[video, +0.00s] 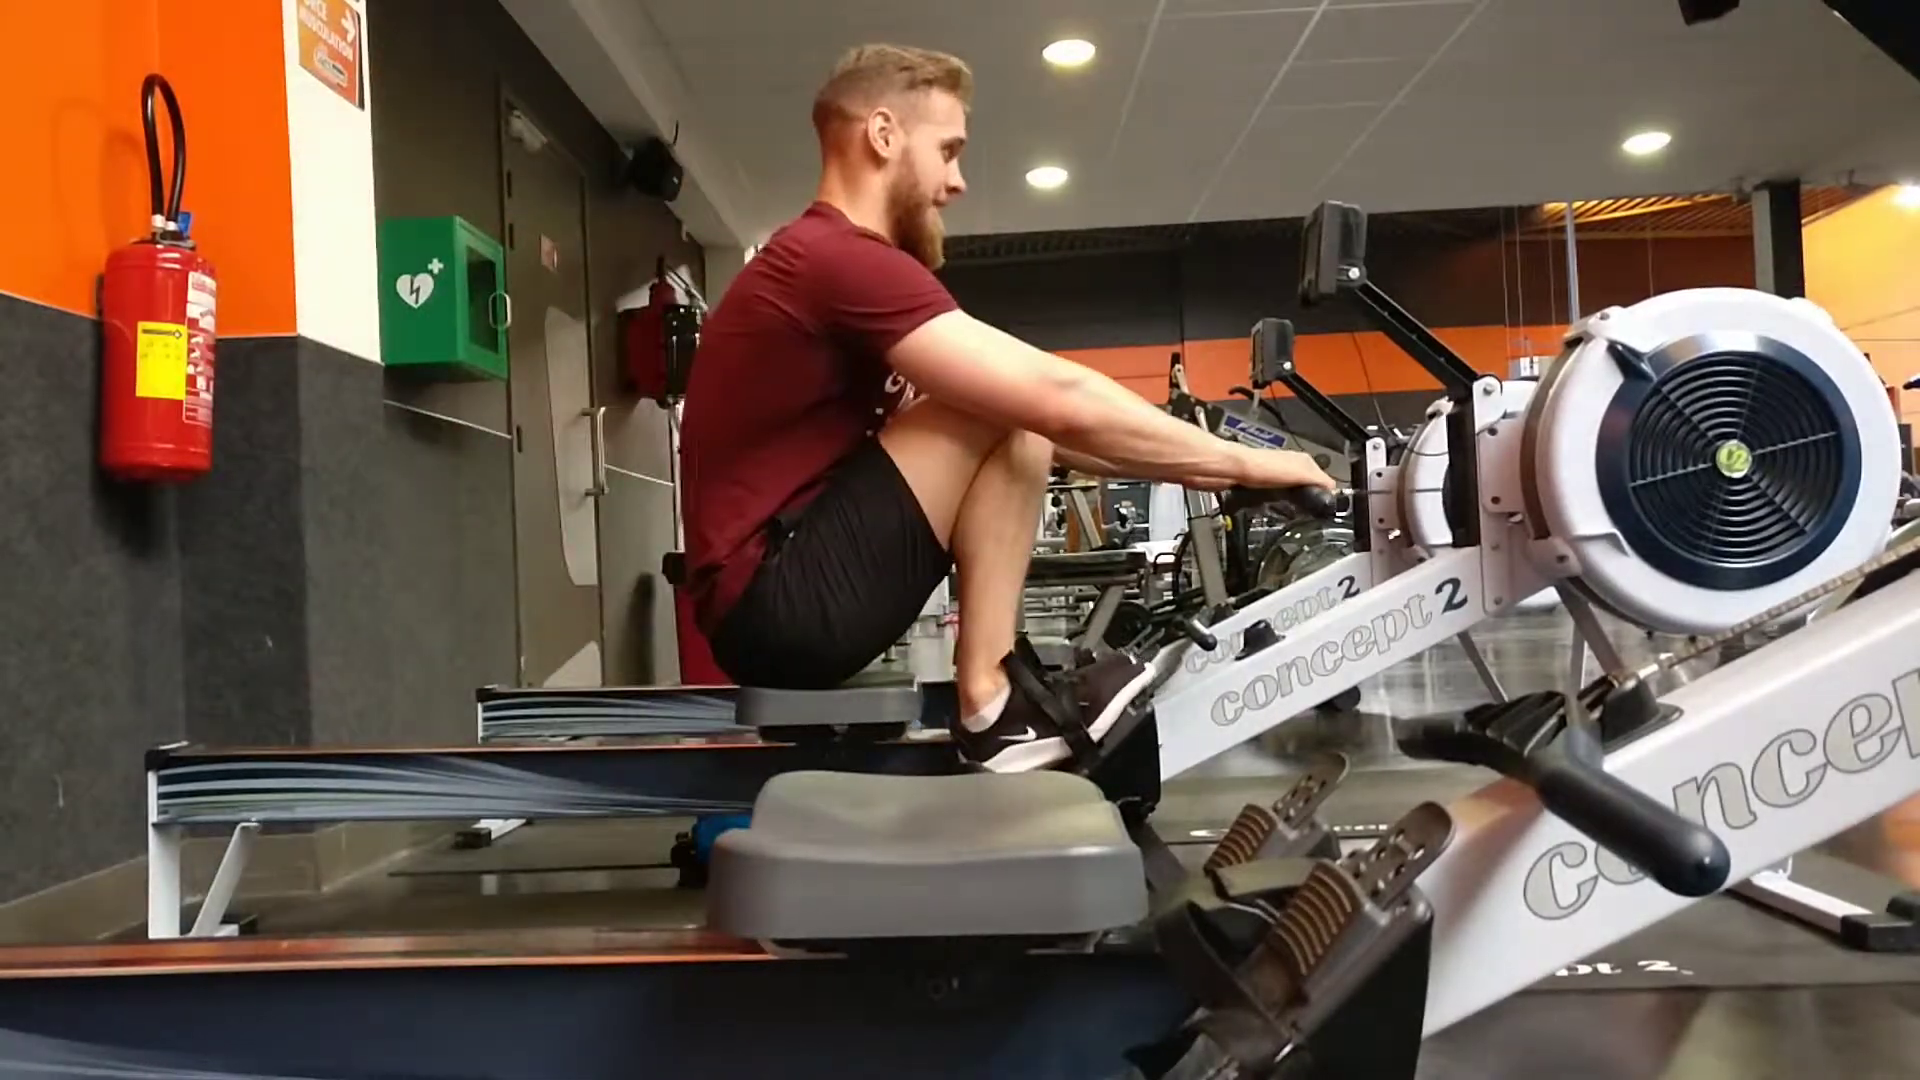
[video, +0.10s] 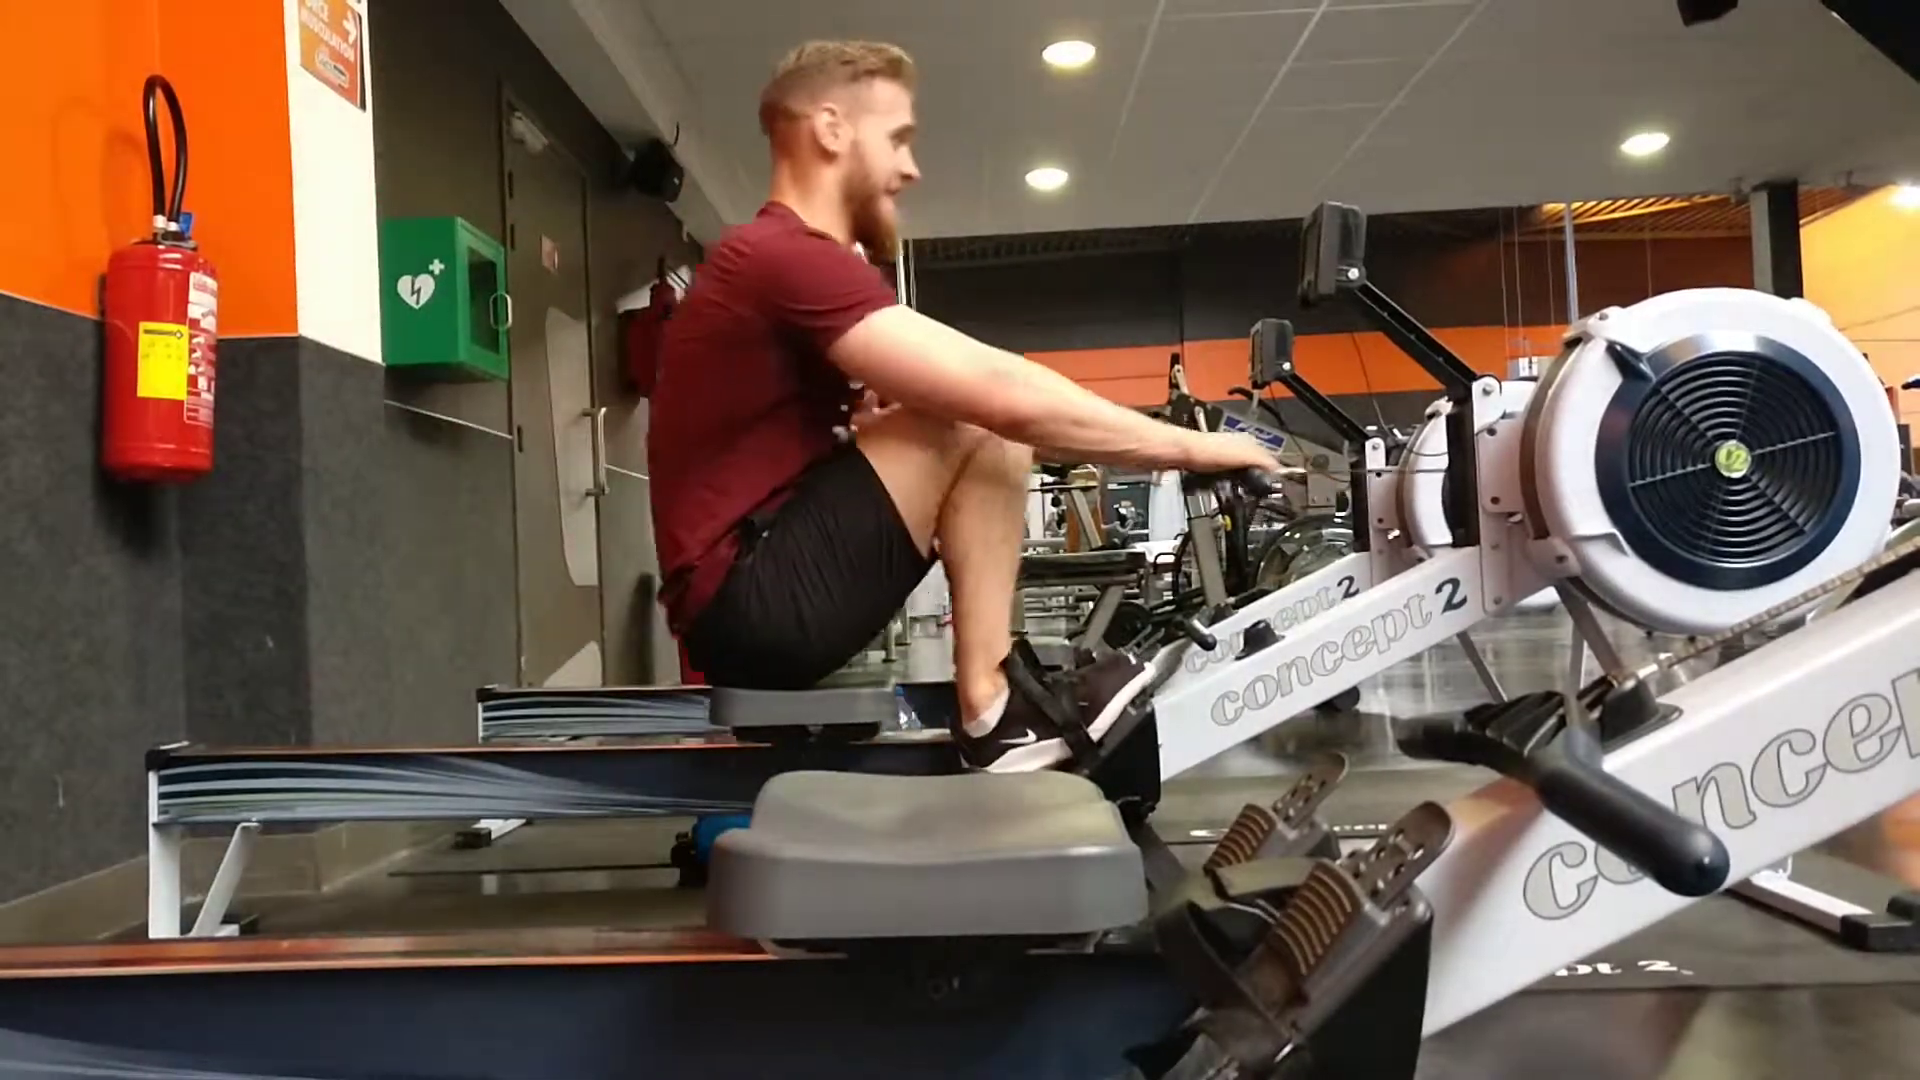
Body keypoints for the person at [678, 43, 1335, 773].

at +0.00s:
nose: (960, 181)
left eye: (960, 156)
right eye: (950, 150)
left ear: (881, 139)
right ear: (880, 135)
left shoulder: (839, 258)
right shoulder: (837, 258)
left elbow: (1047, 397)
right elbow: (1062, 400)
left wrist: (1207, 462)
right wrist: (1241, 463)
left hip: (778, 601)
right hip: (772, 610)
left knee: (1016, 411)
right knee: (1007, 407)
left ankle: (992, 682)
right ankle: (984, 703)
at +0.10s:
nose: (911, 171)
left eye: (910, 145)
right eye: (898, 141)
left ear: (826, 135)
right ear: (825, 130)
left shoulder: (798, 258)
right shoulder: (783, 258)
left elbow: (992, 389)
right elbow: (1007, 398)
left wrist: (1173, 445)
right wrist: (1193, 448)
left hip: (756, 602)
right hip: (748, 614)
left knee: (982, 417)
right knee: (978, 423)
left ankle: (991, 689)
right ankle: (986, 711)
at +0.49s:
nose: (432, 175)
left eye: (434, 153)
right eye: (414, 146)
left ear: (353, 142)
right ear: (329, 136)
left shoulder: (391, 289)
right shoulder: (281, 279)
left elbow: (508, 447)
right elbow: (394, 433)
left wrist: (613, 423)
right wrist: (613, 414)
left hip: (479, 581)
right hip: (422, 606)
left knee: (749, 537)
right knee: (746, 539)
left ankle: (979, 724)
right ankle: (984, 742)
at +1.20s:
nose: (918, 188)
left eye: (922, 163)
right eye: (909, 157)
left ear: (838, 146)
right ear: (838, 141)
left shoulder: (790, 262)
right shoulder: (779, 262)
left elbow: (973, 396)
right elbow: (994, 405)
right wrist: (1170, 461)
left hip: (737, 606)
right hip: (726, 615)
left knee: (961, 419)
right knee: (958, 421)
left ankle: (981, 703)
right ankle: (982, 713)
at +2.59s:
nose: (941, 184)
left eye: (944, 160)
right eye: (931, 154)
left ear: (861, 143)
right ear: (861, 139)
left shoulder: (814, 259)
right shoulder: (796, 256)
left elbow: (1004, 389)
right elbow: (1010, 400)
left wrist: (1184, 463)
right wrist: (1194, 466)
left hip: (742, 606)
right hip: (728, 615)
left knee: (976, 413)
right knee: (971, 418)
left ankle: (984, 702)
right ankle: (980, 715)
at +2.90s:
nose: (879, 158)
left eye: (875, 132)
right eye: (863, 129)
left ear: (789, 129)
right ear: (790, 124)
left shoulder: (756, 251)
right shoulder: (745, 247)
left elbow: (949, 388)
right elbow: (962, 389)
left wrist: (1120, 435)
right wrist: (1146, 432)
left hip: (721, 598)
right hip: (714, 607)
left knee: (950, 421)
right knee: (953, 425)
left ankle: (997, 701)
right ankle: (987, 720)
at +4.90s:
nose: (533, 207)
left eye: (539, 184)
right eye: (521, 177)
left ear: (450, 161)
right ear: (436, 152)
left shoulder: (449, 303)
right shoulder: (330, 270)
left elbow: (460, 479)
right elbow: (340, 442)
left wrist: (564, 442)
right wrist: (555, 431)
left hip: (457, 597)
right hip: (392, 612)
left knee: (735, 534)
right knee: (729, 534)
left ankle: (953, 731)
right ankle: (949, 744)